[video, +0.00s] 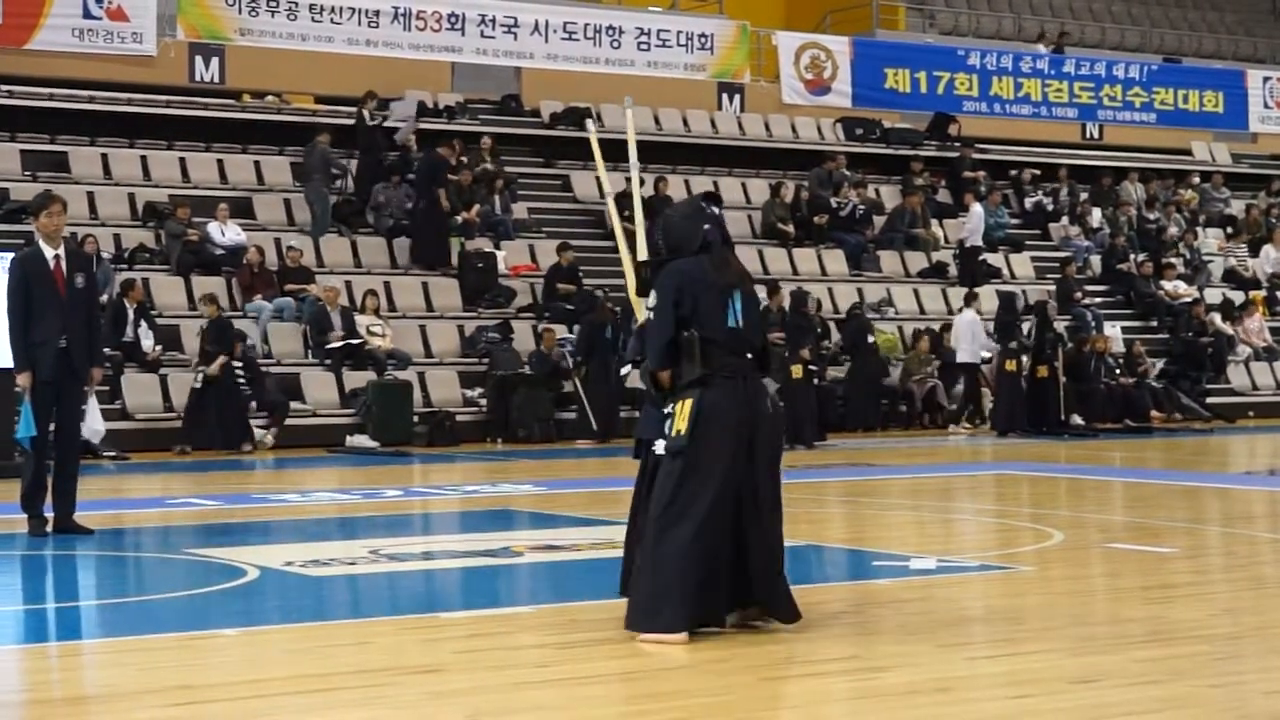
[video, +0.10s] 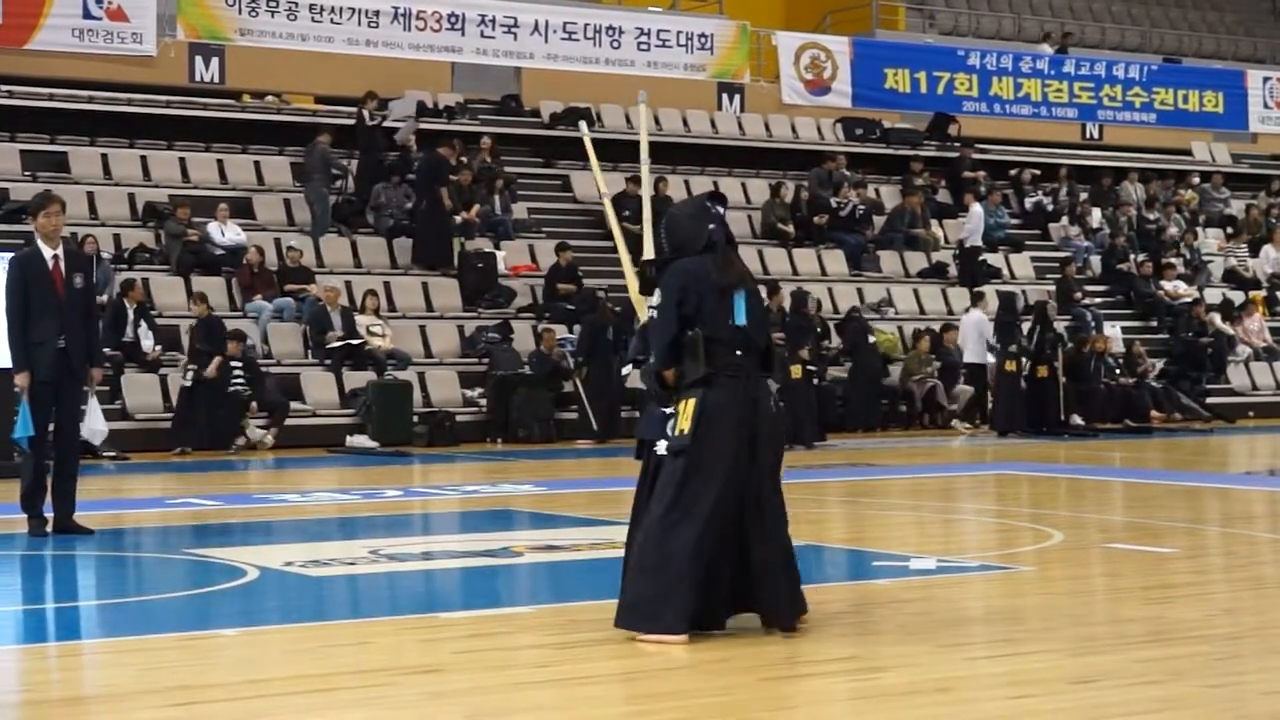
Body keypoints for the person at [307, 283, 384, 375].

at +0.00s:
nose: (327, 294)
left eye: (331, 291)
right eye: (325, 291)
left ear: (338, 294)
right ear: (322, 293)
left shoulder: (347, 311)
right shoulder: (316, 312)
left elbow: (353, 334)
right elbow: (315, 339)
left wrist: (343, 336)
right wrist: (329, 338)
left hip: (346, 344)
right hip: (326, 346)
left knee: (359, 350)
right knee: (337, 354)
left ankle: (360, 383)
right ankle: (338, 387)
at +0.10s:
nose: (328, 294)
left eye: (331, 291)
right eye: (325, 291)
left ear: (338, 294)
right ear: (322, 294)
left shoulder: (347, 311)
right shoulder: (316, 312)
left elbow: (353, 333)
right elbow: (315, 339)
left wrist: (342, 336)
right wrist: (327, 338)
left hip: (346, 344)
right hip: (326, 347)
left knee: (359, 350)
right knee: (338, 352)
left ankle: (359, 381)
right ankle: (336, 384)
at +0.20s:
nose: (328, 294)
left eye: (331, 291)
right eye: (326, 291)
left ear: (339, 294)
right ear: (323, 293)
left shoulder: (347, 311)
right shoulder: (317, 312)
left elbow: (352, 333)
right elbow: (314, 337)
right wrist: (325, 339)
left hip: (346, 344)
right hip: (326, 346)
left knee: (359, 351)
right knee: (338, 353)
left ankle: (360, 382)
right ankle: (337, 386)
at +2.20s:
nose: (344, 301)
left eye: (346, 298)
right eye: (341, 297)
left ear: (348, 297)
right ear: (332, 296)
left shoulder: (350, 312)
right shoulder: (321, 311)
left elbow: (355, 333)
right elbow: (316, 337)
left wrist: (362, 339)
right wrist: (325, 338)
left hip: (348, 343)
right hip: (329, 345)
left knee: (361, 351)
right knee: (343, 352)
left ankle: (362, 381)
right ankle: (335, 381)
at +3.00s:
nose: (345, 301)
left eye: (347, 298)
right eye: (342, 298)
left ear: (349, 298)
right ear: (333, 296)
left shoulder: (351, 312)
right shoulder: (322, 311)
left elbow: (356, 334)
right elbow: (318, 336)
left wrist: (349, 334)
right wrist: (336, 336)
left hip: (348, 343)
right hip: (328, 344)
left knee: (361, 349)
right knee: (340, 353)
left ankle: (361, 381)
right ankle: (337, 382)